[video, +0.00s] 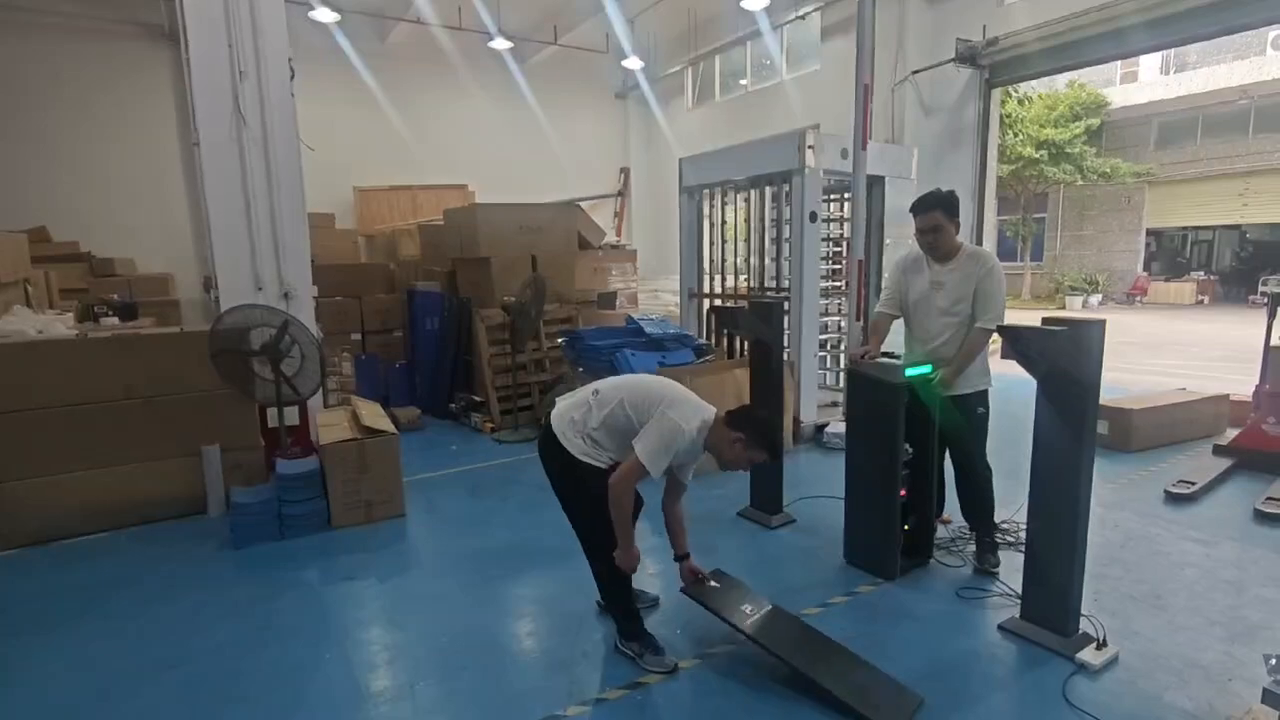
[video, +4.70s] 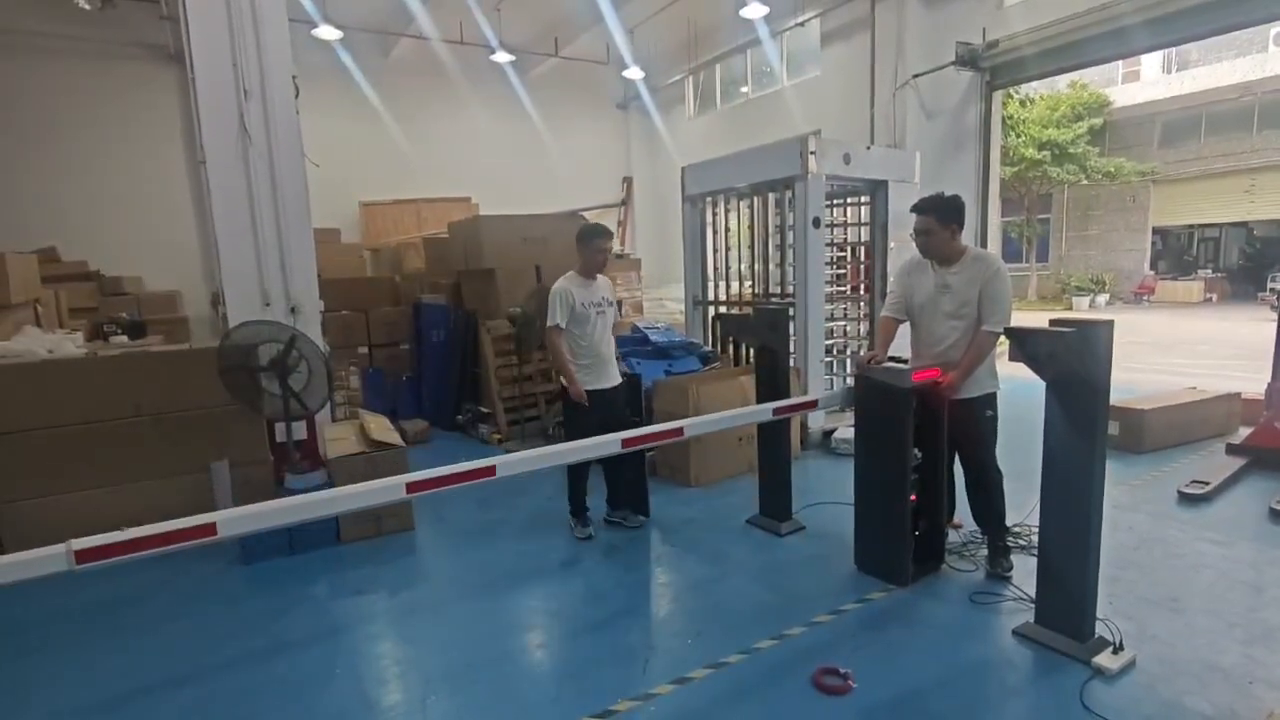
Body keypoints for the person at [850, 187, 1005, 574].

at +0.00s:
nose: (925, 240)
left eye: (934, 231)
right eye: (920, 232)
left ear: (956, 227)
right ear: (914, 229)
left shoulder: (984, 264)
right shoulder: (907, 264)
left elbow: (985, 326)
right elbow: (885, 311)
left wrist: (954, 368)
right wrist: (872, 344)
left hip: (967, 384)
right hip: (919, 382)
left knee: (971, 466)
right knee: (922, 466)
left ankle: (985, 539)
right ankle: (918, 544)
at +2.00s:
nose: (919, 245)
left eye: (927, 237)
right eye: (914, 237)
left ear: (951, 233)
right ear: (909, 235)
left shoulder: (979, 271)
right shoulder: (902, 270)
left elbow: (980, 332)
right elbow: (881, 316)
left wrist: (950, 374)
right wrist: (868, 351)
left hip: (962, 392)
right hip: (915, 390)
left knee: (967, 471)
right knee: (918, 472)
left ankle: (982, 544)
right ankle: (915, 549)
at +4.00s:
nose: (919, 240)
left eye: (926, 234)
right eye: (917, 233)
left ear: (956, 231)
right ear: (921, 231)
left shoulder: (990, 269)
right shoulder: (912, 268)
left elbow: (992, 331)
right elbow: (892, 314)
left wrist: (961, 375)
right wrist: (880, 351)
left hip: (976, 391)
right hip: (928, 392)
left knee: (982, 471)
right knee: (933, 472)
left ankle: (998, 544)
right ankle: (931, 548)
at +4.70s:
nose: (916, 241)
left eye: (923, 234)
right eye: (915, 233)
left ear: (953, 231)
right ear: (921, 231)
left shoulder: (988, 268)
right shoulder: (912, 267)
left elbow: (991, 329)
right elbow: (891, 313)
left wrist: (960, 373)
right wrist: (879, 349)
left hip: (974, 389)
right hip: (926, 389)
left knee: (981, 470)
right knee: (932, 471)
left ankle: (997, 544)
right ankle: (930, 545)